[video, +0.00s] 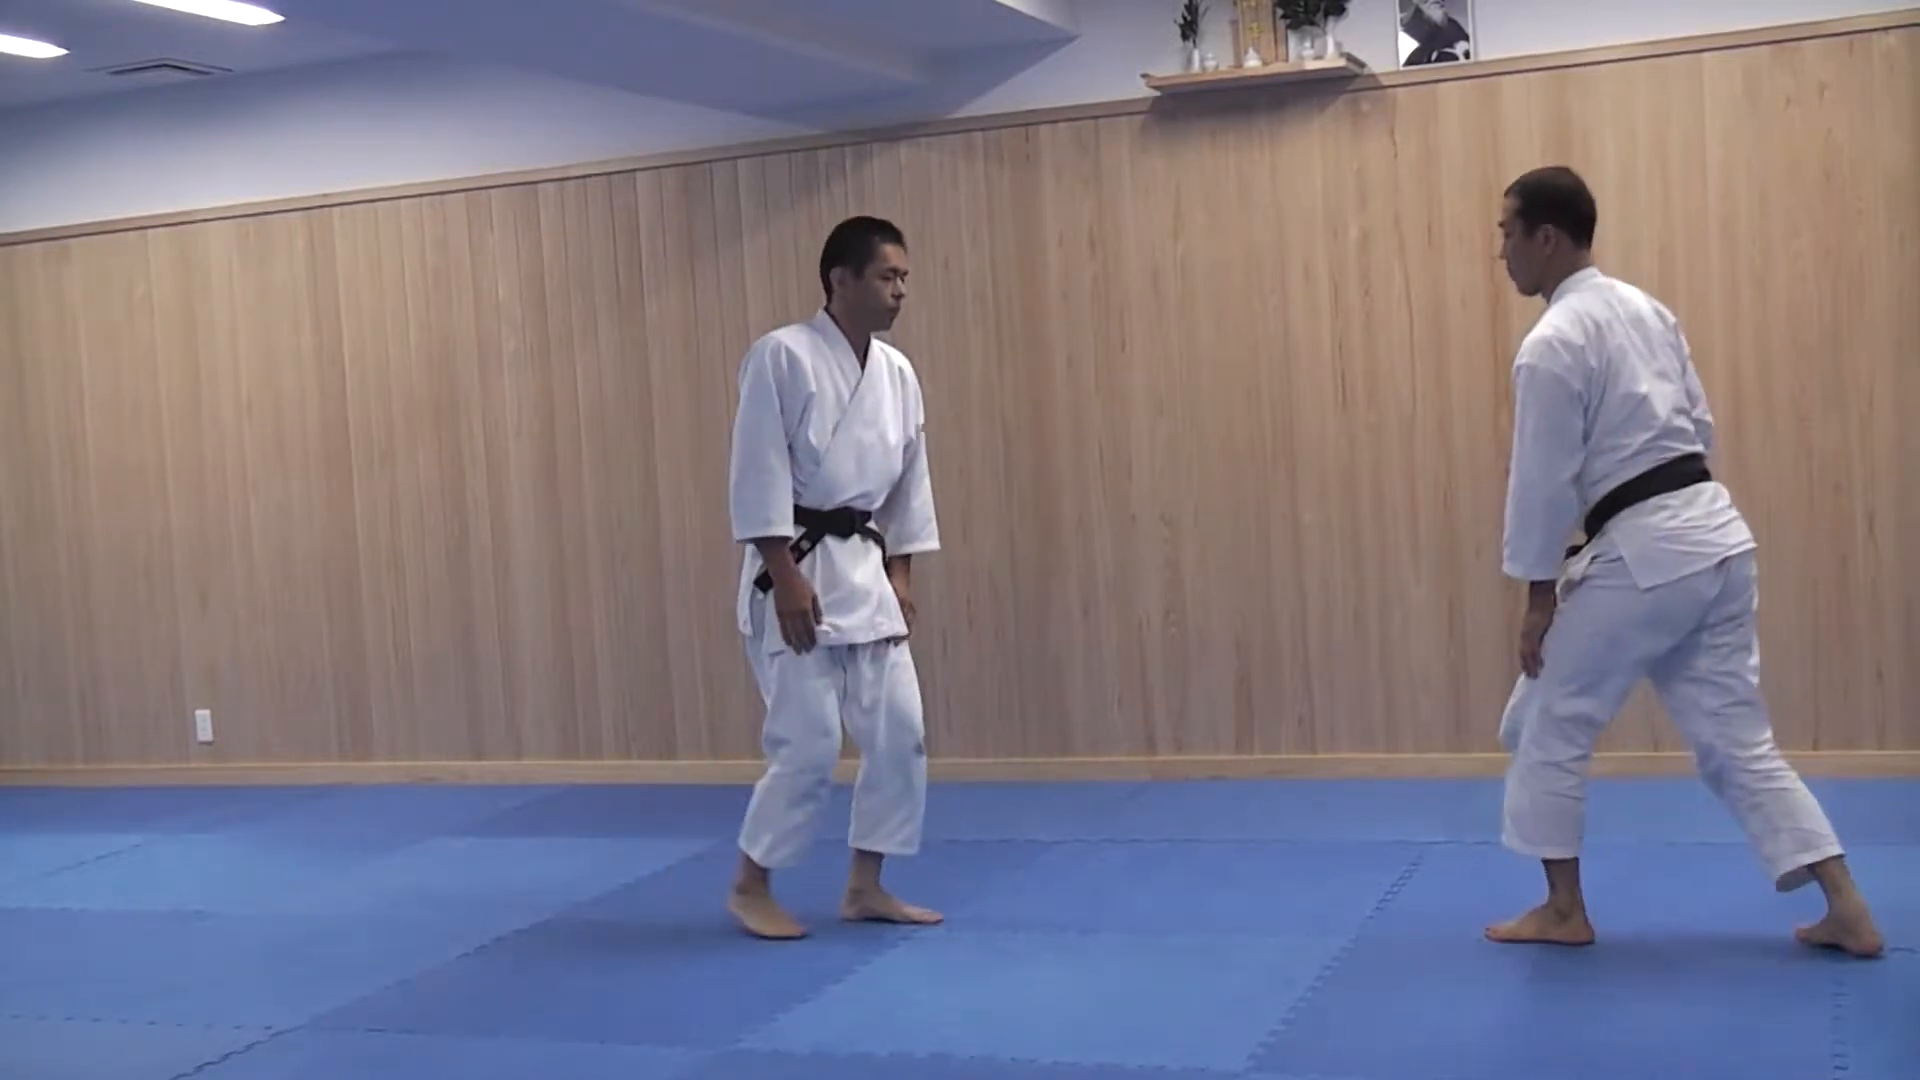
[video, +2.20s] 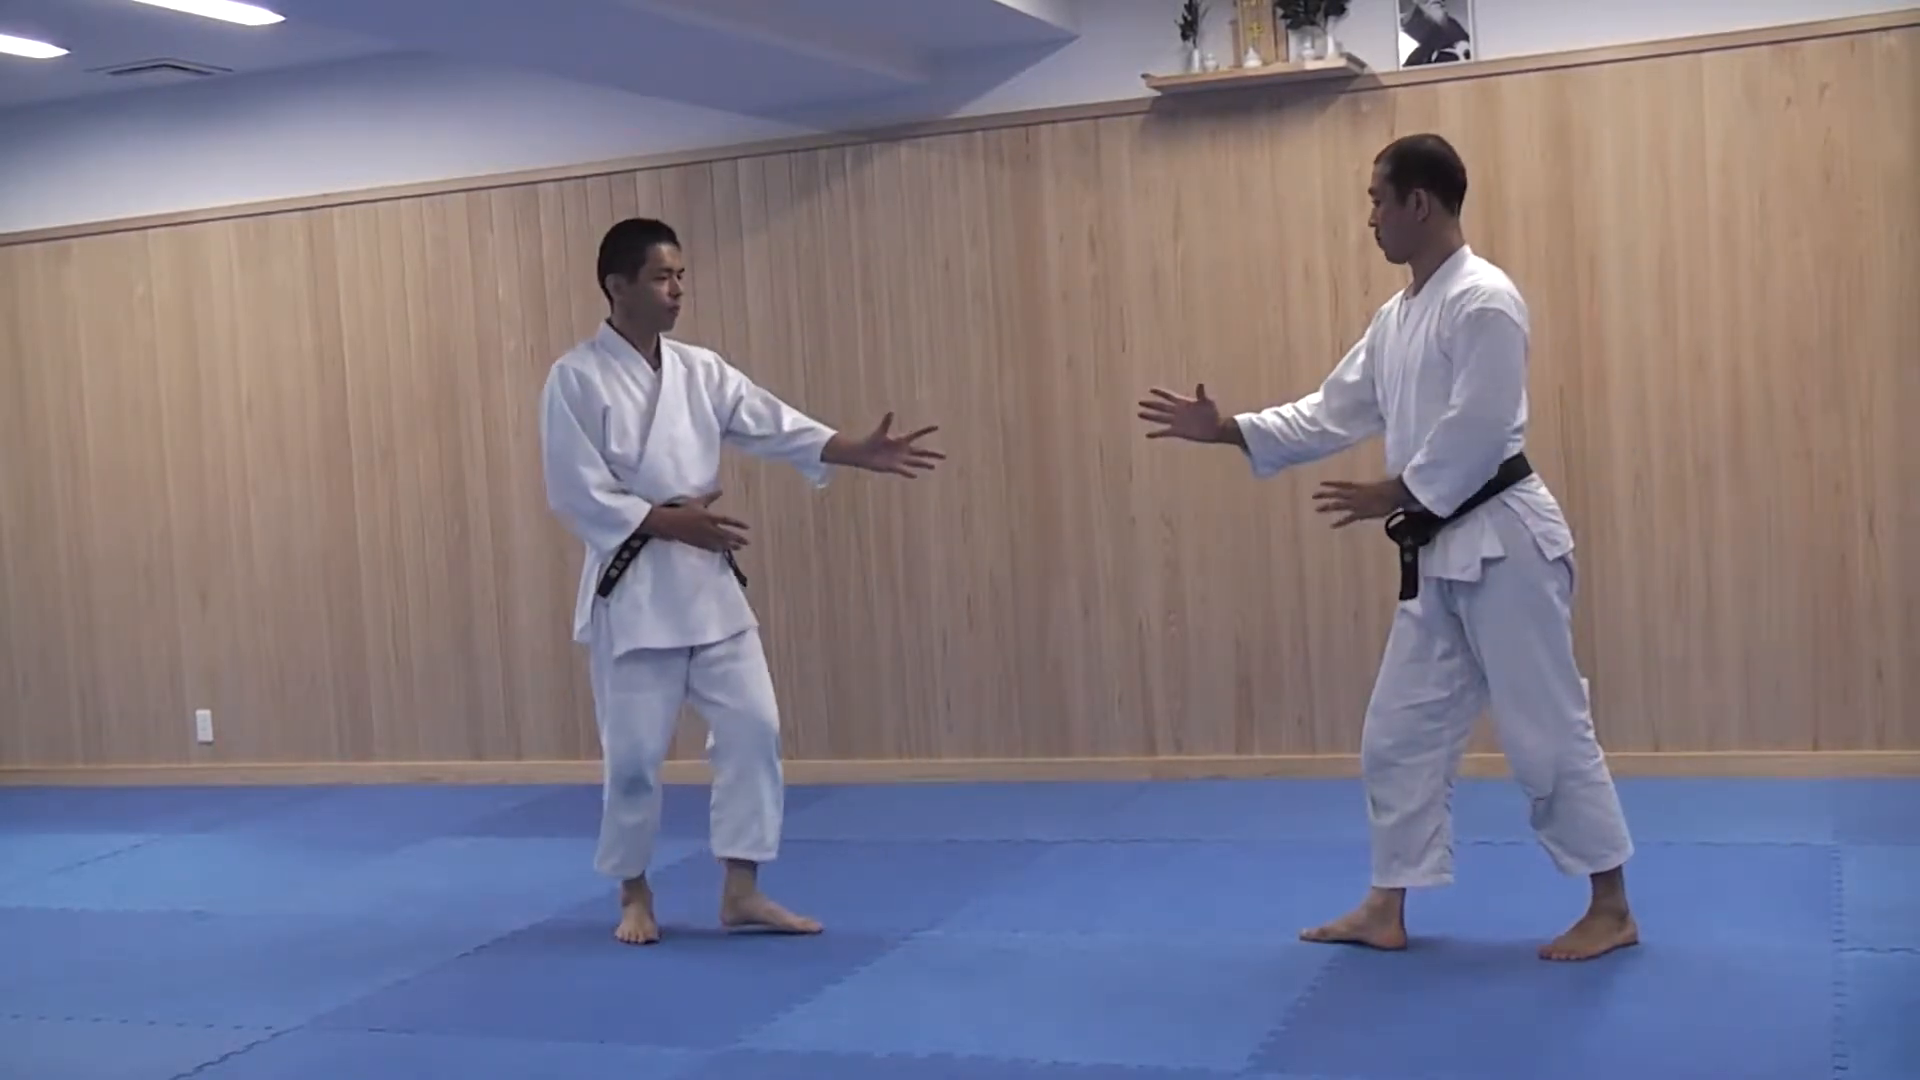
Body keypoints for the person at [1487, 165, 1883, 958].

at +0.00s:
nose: (1500, 250)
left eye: (1508, 233)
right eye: (1501, 233)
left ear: (1548, 237)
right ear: (1575, 238)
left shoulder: (1552, 341)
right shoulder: (1649, 309)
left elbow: (1543, 481)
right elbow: (1695, 429)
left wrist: (1538, 600)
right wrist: (1623, 524)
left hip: (1644, 552)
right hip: (1720, 536)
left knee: (1550, 718)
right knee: (1735, 737)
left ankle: (1563, 905)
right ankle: (1847, 909)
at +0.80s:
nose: (1525, 208)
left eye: (1534, 191)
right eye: (1526, 191)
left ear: (1582, 196)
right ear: (1584, 198)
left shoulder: (1618, 297)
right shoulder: (1590, 285)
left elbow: (1654, 429)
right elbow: (1602, 429)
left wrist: (1573, 524)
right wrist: (1555, 525)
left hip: (1630, 546)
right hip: (1611, 544)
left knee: (1581, 736)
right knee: (1608, 724)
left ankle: (1607, 914)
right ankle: (1758, 858)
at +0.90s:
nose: (1518, 204)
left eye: (1528, 187)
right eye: (1518, 188)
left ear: (1575, 192)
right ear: (1572, 194)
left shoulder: (1616, 291)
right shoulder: (1571, 287)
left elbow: (1655, 415)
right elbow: (1554, 423)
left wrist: (1572, 494)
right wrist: (1505, 506)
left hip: (1618, 545)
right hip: (1577, 543)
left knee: (1577, 729)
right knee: (1543, 723)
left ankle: (1611, 910)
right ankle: (1659, 872)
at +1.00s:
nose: (1508, 200)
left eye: (1519, 183)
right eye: (1508, 185)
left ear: (1566, 187)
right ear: (1560, 189)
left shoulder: (1613, 289)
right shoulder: (1551, 296)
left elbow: (1654, 409)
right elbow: (1528, 424)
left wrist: (1571, 478)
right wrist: (1462, 490)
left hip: (1608, 547)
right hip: (1552, 548)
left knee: (1579, 734)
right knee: (1501, 723)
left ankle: (1610, 915)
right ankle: (1547, 890)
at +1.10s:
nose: (1501, 203)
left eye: (1510, 187)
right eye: (1502, 187)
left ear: (1556, 189)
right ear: (1550, 191)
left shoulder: (1610, 291)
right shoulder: (1536, 298)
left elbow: (1652, 407)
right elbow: (1499, 426)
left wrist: (1566, 478)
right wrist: (1421, 474)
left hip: (1597, 545)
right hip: (1535, 545)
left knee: (1572, 733)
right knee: (1473, 717)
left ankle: (1608, 912)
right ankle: (1458, 888)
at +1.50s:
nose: (1441, 206)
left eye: (1452, 191)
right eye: (1442, 190)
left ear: (1498, 196)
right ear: (1491, 198)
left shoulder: (1555, 295)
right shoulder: (1463, 308)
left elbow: (1603, 409)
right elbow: (1402, 411)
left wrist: (1510, 476)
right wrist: (1302, 428)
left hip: (1540, 546)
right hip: (1472, 550)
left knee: (1545, 738)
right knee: (1422, 731)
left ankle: (1608, 912)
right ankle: (1386, 902)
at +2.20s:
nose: (1369, 218)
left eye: (1378, 202)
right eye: (1369, 202)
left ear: (1424, 204)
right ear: (1418, 205)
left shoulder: (1486, 302)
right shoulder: (1394, 320)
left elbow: (1482, 426)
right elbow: (1331, 413)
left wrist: (1400, 492)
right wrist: (1227, 426)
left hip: (1507, 538)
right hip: (1441, 549)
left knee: (1550, 731)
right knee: (1399, 737)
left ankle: (1611, 908)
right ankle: (1384, 910)